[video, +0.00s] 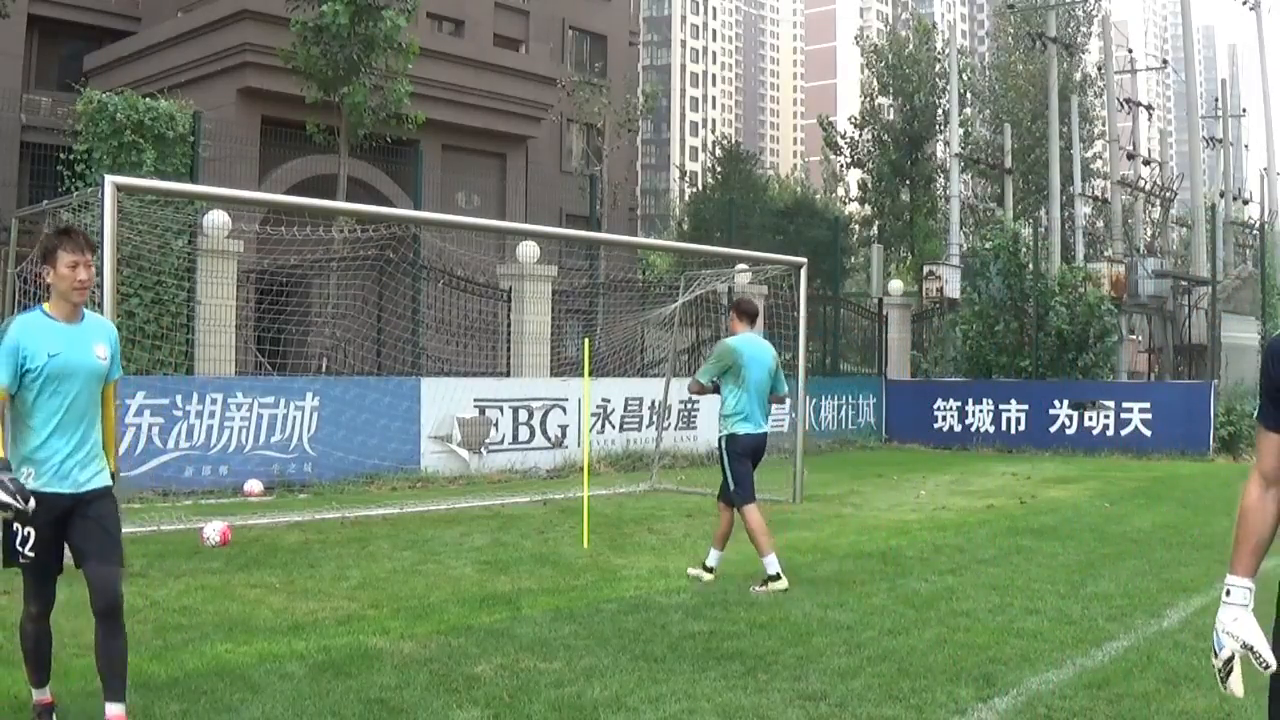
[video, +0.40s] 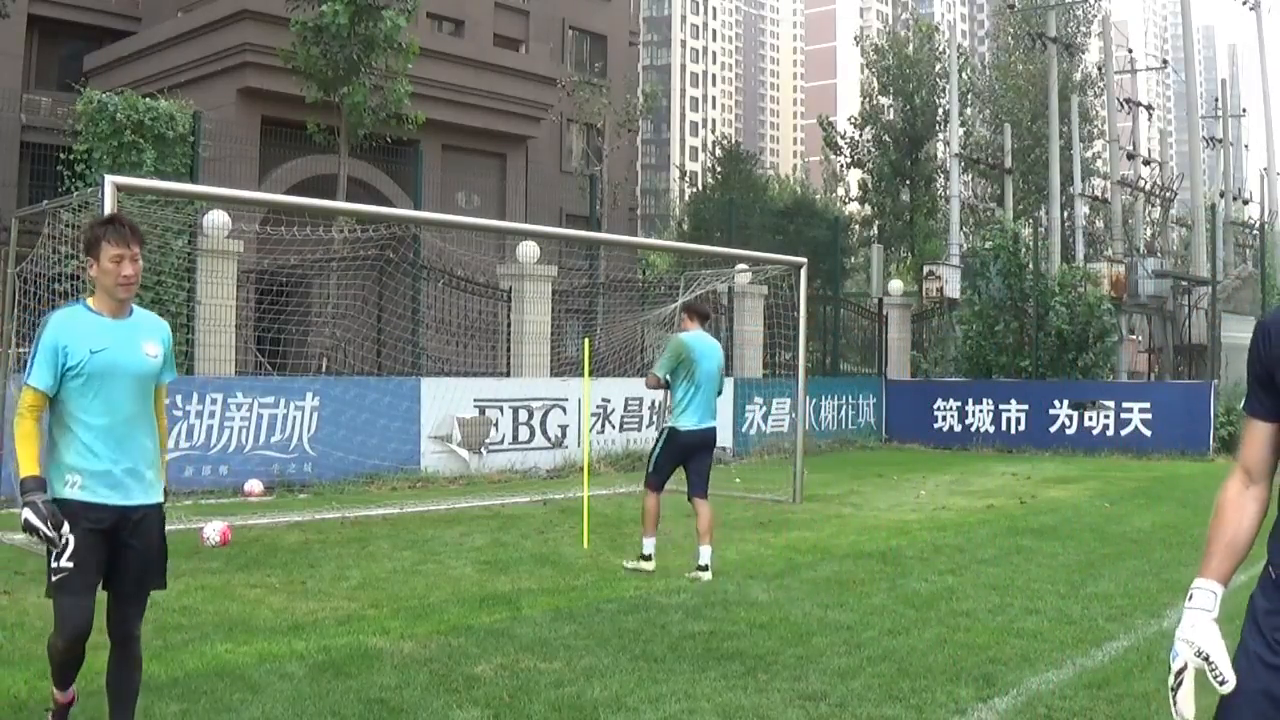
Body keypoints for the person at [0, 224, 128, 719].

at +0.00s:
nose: (84, 275)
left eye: (89, 266)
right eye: (73, 266)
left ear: (94, 271)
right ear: (47, 273)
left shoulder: (104, 331)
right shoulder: (20, 331)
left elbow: (108, 408)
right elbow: (2, 407)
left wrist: (110, 471)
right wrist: (4, 470)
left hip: (94, 487)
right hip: (36, 491)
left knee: (110, 600)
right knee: (38, 607)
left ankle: (116, 712)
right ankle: (42, 704)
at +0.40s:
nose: (129, 270)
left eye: (135, 259)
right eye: (117, 260)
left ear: (142, 265)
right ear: (91, 267)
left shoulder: (157, 330)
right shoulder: (62, 326)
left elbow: (160, 412)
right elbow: (29, 410)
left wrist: (159, 484)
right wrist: (32, 487)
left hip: (142, 505)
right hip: (77, 504)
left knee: (127, 632)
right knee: (72, 632)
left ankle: (123, 717)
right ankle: (63, 700)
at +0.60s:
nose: (141, 277)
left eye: (148, 267)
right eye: (129, 267)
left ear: (157, 269)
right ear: (104, 270)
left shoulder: (180, 331)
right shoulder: (75, 333)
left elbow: (204, 417)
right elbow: (37, 420)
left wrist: (234, 487)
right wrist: (26, 505)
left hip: (163, 517)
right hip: (99, 514)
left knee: (138, 649)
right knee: (111, 646)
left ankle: (127, 718)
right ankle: (100, 718)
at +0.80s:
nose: (159, 288)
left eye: (168, 277)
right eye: (149, 276)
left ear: (178, 274)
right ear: (122, 269)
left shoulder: (196, 332)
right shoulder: (87, 338)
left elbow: (231, 409)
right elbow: (47, 428)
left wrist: (270, 464)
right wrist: (32, 514)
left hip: (185, 526)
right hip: (122, 526)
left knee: (171, 661)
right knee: (132, 671)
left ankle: (130, 714)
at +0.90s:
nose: (178, 291)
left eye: (188, 281)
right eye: (169, 278)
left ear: (198, 275)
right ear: (142, 262)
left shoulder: (206, 324)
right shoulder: (100, 332)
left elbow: (236, 397)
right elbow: (58, 426)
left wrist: (270, 460)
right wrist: (51, 521)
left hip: (201, 527)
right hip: (132, 530)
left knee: (224, 666)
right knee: (137, 677)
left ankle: (161, 715)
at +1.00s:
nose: (190, 293)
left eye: (203, 284)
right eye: (183, 278)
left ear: (215, 276)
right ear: (159, 257)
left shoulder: (216, 323)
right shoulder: (112, 328)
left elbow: (235, 395)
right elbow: (67, 425)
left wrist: (263, 459)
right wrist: (78, 521)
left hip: (213, 526)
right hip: (142, 532)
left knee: (258, 660)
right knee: (141, 684)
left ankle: (198, 719)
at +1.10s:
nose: (217, 292)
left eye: (230, 283)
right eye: (210, 276)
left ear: (242, 280)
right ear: (186, 256)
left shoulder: (237, 322)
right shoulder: (141, 319)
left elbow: (229, 400)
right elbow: (102, 420)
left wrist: (242, 463)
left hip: (232, 526)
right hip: (159, 535)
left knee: (293, 660)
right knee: (151, 687)